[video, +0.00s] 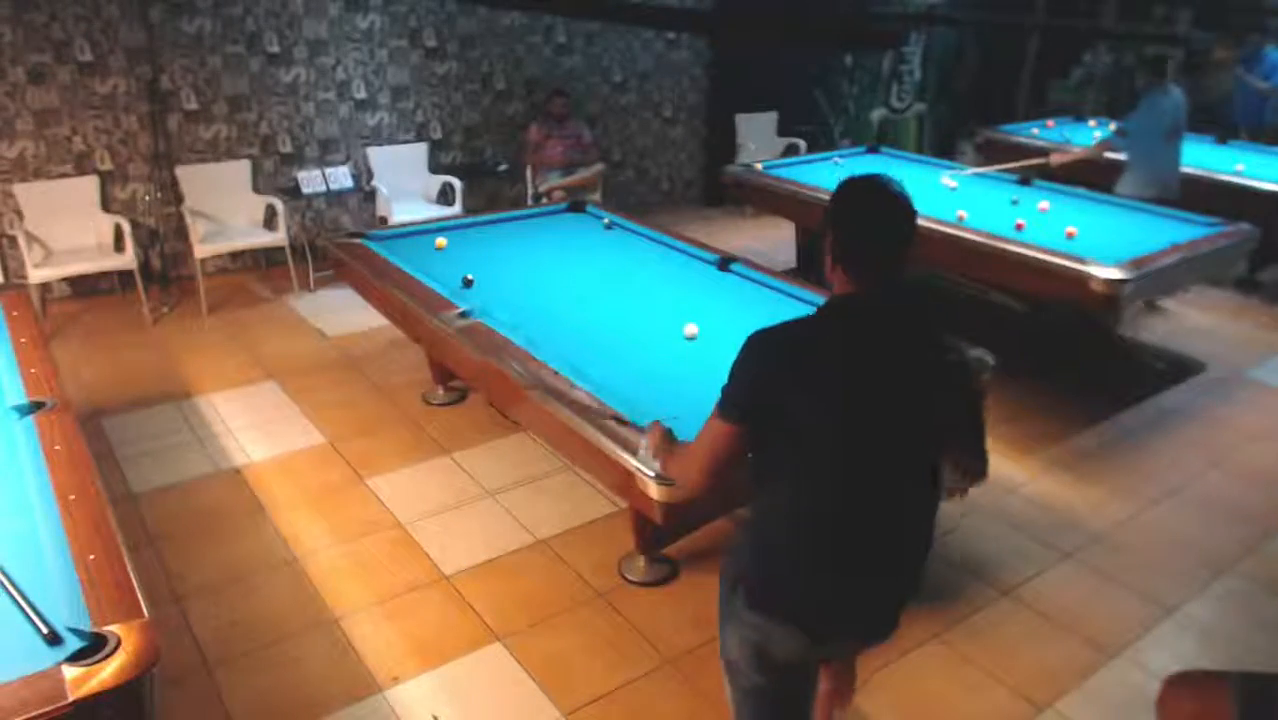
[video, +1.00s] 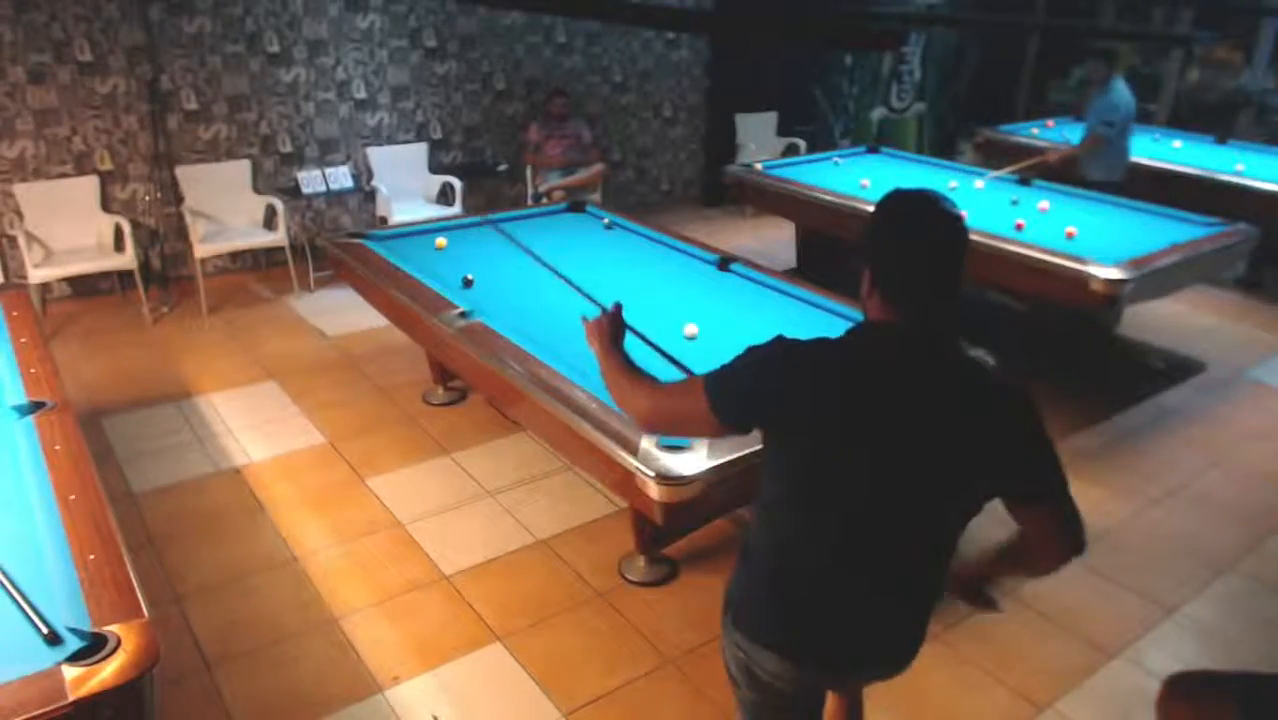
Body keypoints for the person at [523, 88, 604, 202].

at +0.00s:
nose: (560, 110)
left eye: (563, 106)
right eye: (556, 105)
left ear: (569, 107)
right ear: (548, 106)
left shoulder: (578, 126)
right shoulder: (539, 127)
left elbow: (592, 153)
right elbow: (530, 157)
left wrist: (573, 160)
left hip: (577, 167)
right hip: (549, 171)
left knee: (600, 168)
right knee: (559, 196)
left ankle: (549, 188)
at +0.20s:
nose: (560, 110)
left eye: (563, 106)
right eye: (556, 105)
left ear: (569, 107)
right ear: (548, 107)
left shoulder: (578, 126)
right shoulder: (539, 127)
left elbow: (592, 152)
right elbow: (530, 156)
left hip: (577, 167)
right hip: (550, 170)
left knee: (600, 168)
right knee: (559, 196)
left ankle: (549, 188)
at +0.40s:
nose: (560, 110)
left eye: (563, 106)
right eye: (556, 105)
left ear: (569, 107)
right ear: (548, 106)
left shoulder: (578, 126)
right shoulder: (539, 127)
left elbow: (592, 152)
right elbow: (530, 156)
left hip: (577, 167)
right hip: (550, 171)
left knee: (600, 168)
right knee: (559, 196)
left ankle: (549, 188)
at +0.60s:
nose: (560, 110)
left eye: (564, 106)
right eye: (556, 106)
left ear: (569, 107)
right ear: (549, 107)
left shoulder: (578, 125)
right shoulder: (539, 127)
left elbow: (592, 151)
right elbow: (529, 156)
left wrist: (570, 159)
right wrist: (554, 161)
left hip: (576, 166)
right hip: (550, 170)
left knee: (600, 169)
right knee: (559, 196)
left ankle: (548, 188)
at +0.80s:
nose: (560, 110)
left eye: (564, 106)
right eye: (556, 106)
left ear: (569, 107)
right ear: (549, 107)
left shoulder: (578, 125)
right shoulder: (539, 127)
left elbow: (591, 151)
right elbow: (530, 156)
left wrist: (570, 159)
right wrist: (554, 161)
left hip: (576, 166)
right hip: (550, 170)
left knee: (600, 169)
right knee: (559, 196)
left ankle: (548, 188)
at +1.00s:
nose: (560, 110)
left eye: (563, 106)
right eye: (556, 106)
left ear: (569, 107)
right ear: (548, 107)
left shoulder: (578, 125)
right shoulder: (539, 126)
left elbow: (592, 153)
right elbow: (530, 157)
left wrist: (571, 160)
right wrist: (555, 162)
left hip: (577, 166)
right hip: (551, 170)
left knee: (600, 169)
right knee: (559, 196)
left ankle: (549, 188)